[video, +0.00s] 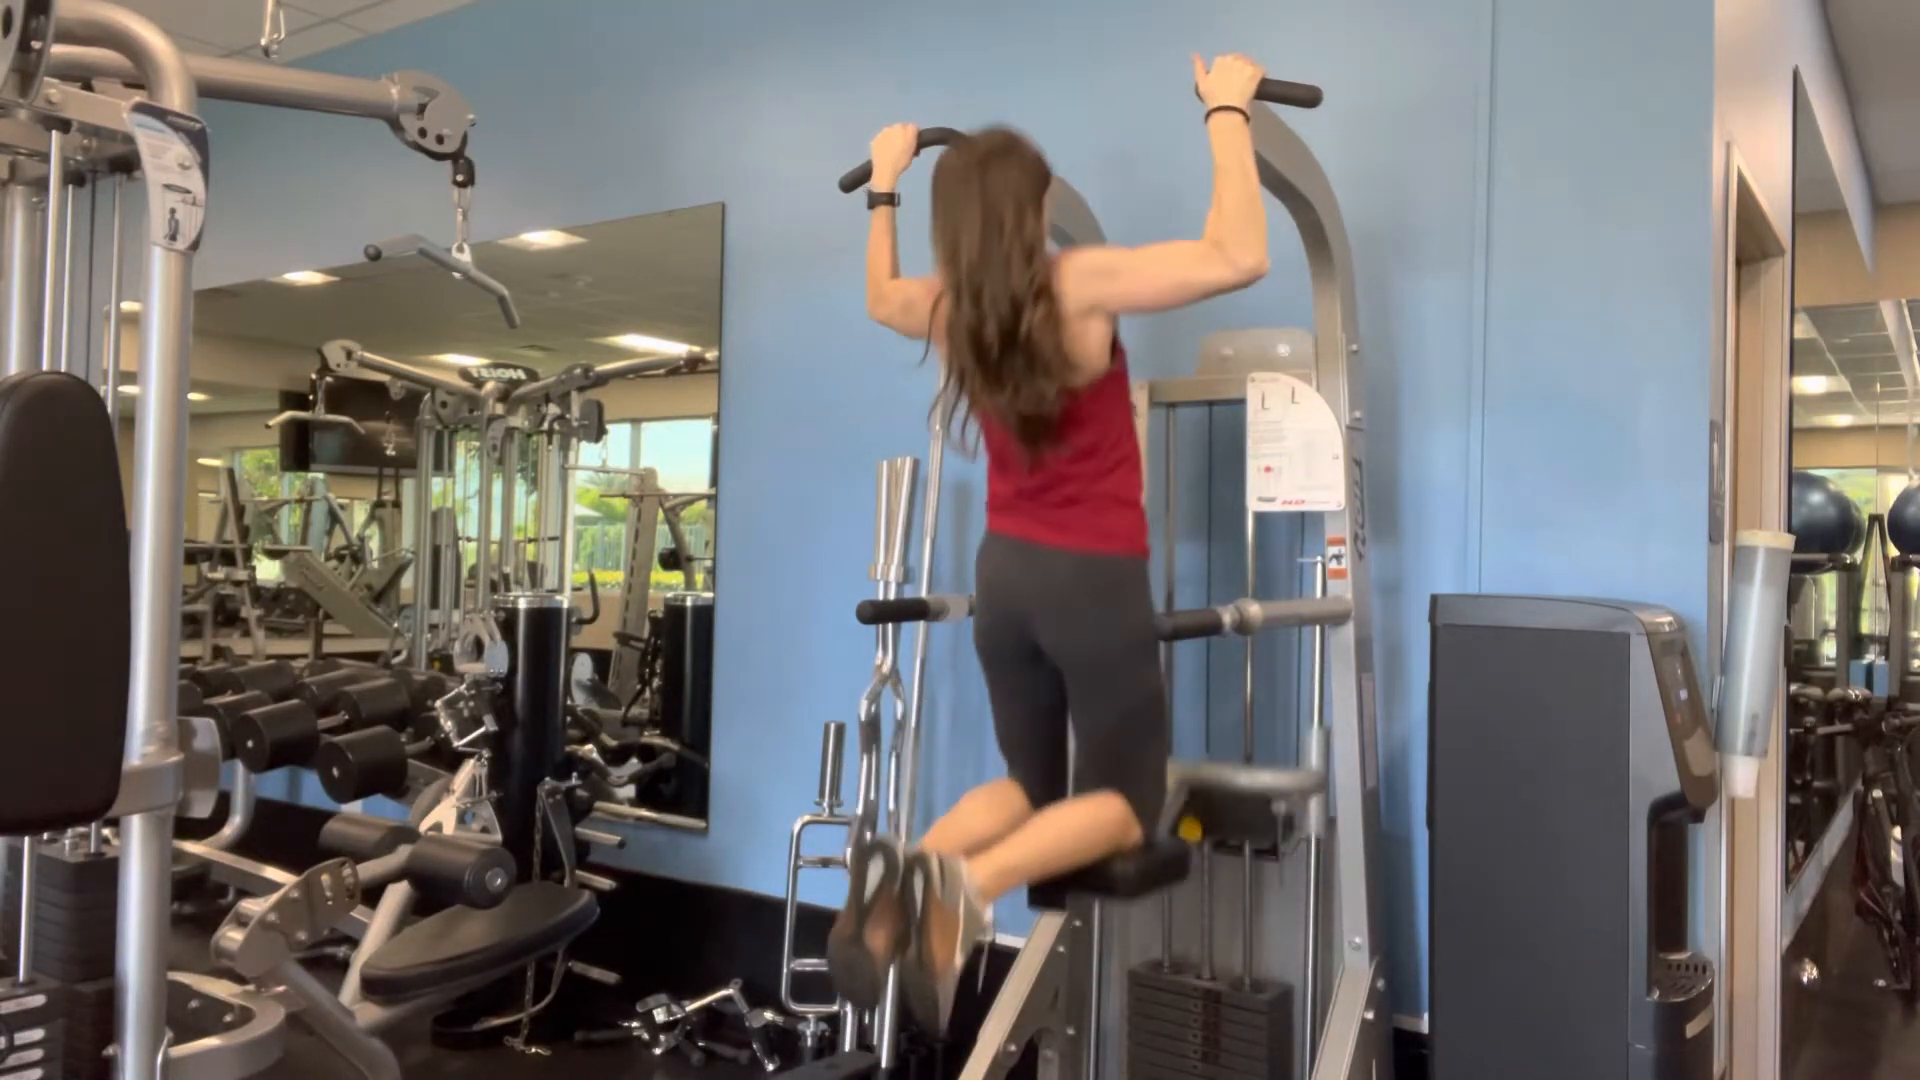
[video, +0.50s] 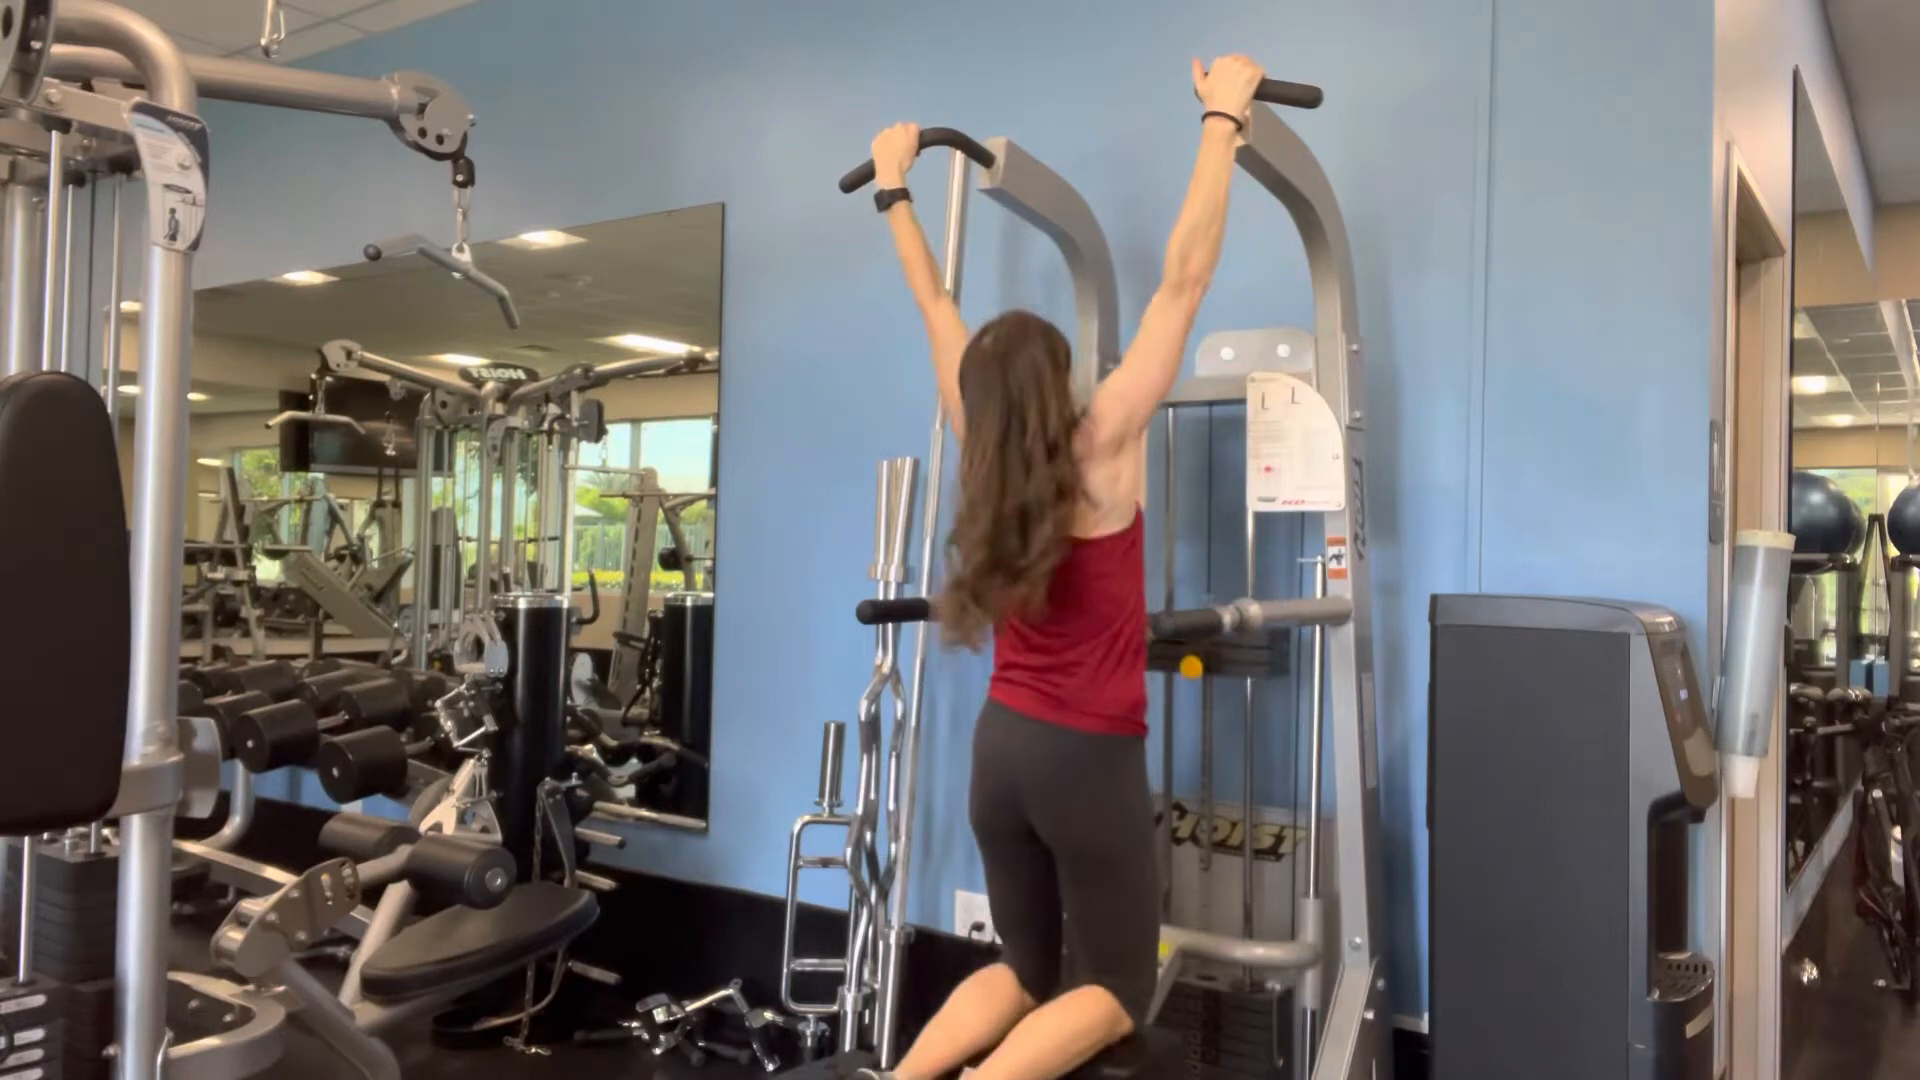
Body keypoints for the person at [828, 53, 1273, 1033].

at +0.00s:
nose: (1054, 199)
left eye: (1040, 185)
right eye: (1046, 187)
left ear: (953, 216)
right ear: (1036, 204)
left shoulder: (952, 304)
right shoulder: (1077, 278)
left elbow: (880, 295)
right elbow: (1237, 256)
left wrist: (882, 187)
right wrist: (1228, 113)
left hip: (1004, 577)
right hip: (1093, 580)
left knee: (1031, 784)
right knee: (1127, 804)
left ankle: (913, 866)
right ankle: (970, 887)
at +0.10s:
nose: (1037, 264)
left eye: (991, 254)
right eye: (1030, 255)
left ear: (955, 280)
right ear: (1028, 275)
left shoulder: (948, 363)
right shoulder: (1072, 347)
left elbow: (895, 292)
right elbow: (1214, 266)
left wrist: (885, 184)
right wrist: (1226, 113)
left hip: (998, 645)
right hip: (1088, 653)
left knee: (1025, 854)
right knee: (1118, 879)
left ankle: (897, 958)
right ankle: (963, 968)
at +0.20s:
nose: (1048, 307)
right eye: (1037, 295)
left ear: (956, 322)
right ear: (1034, 312)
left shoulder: (955, 395)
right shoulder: (1076, 382)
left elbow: (905, 293)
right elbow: (1200, 270)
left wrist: (885, 185)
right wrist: (1225, 114)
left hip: (997, 685)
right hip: (1087, 693)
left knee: (1023, 894)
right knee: (1119, 916)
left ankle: (900, 1002)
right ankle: (965, 1028)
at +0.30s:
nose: (1056, 338)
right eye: (1047, 330)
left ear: (968, 360)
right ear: (1044, 351)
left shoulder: (969, 428)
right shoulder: (1086, 418)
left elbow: (922, 302)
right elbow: (1184, 273)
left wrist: (889, 188)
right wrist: (1223, 116)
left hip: (999, 724)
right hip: (1090, 738)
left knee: (1019, 940)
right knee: (1115, 963)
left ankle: (899, 1050)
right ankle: (965, 1069)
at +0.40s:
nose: (1065, 350)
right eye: (1058, 344)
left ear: (979, 380)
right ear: (1055, 370)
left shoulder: (980, 444)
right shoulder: (1099, 431)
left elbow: (931, 305)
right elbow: (1183, 276)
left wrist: (891, 188)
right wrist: (1222, 118)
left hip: (1001, 742)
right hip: (1090, 755)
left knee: (1025, 963)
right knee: (1117, 982)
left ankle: (901, 1068)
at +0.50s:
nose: (1075, 355)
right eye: (1067, 349)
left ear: (984, 391)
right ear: (1061, 376)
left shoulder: (986, 449)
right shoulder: (1105, 436)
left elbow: (934, 304)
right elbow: (1184, 279)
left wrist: (892, 187)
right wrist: (1223, 120)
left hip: (1001, 750)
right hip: (1090, 762)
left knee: (1025, 970)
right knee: (1114, 989)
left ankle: (904, 1075)